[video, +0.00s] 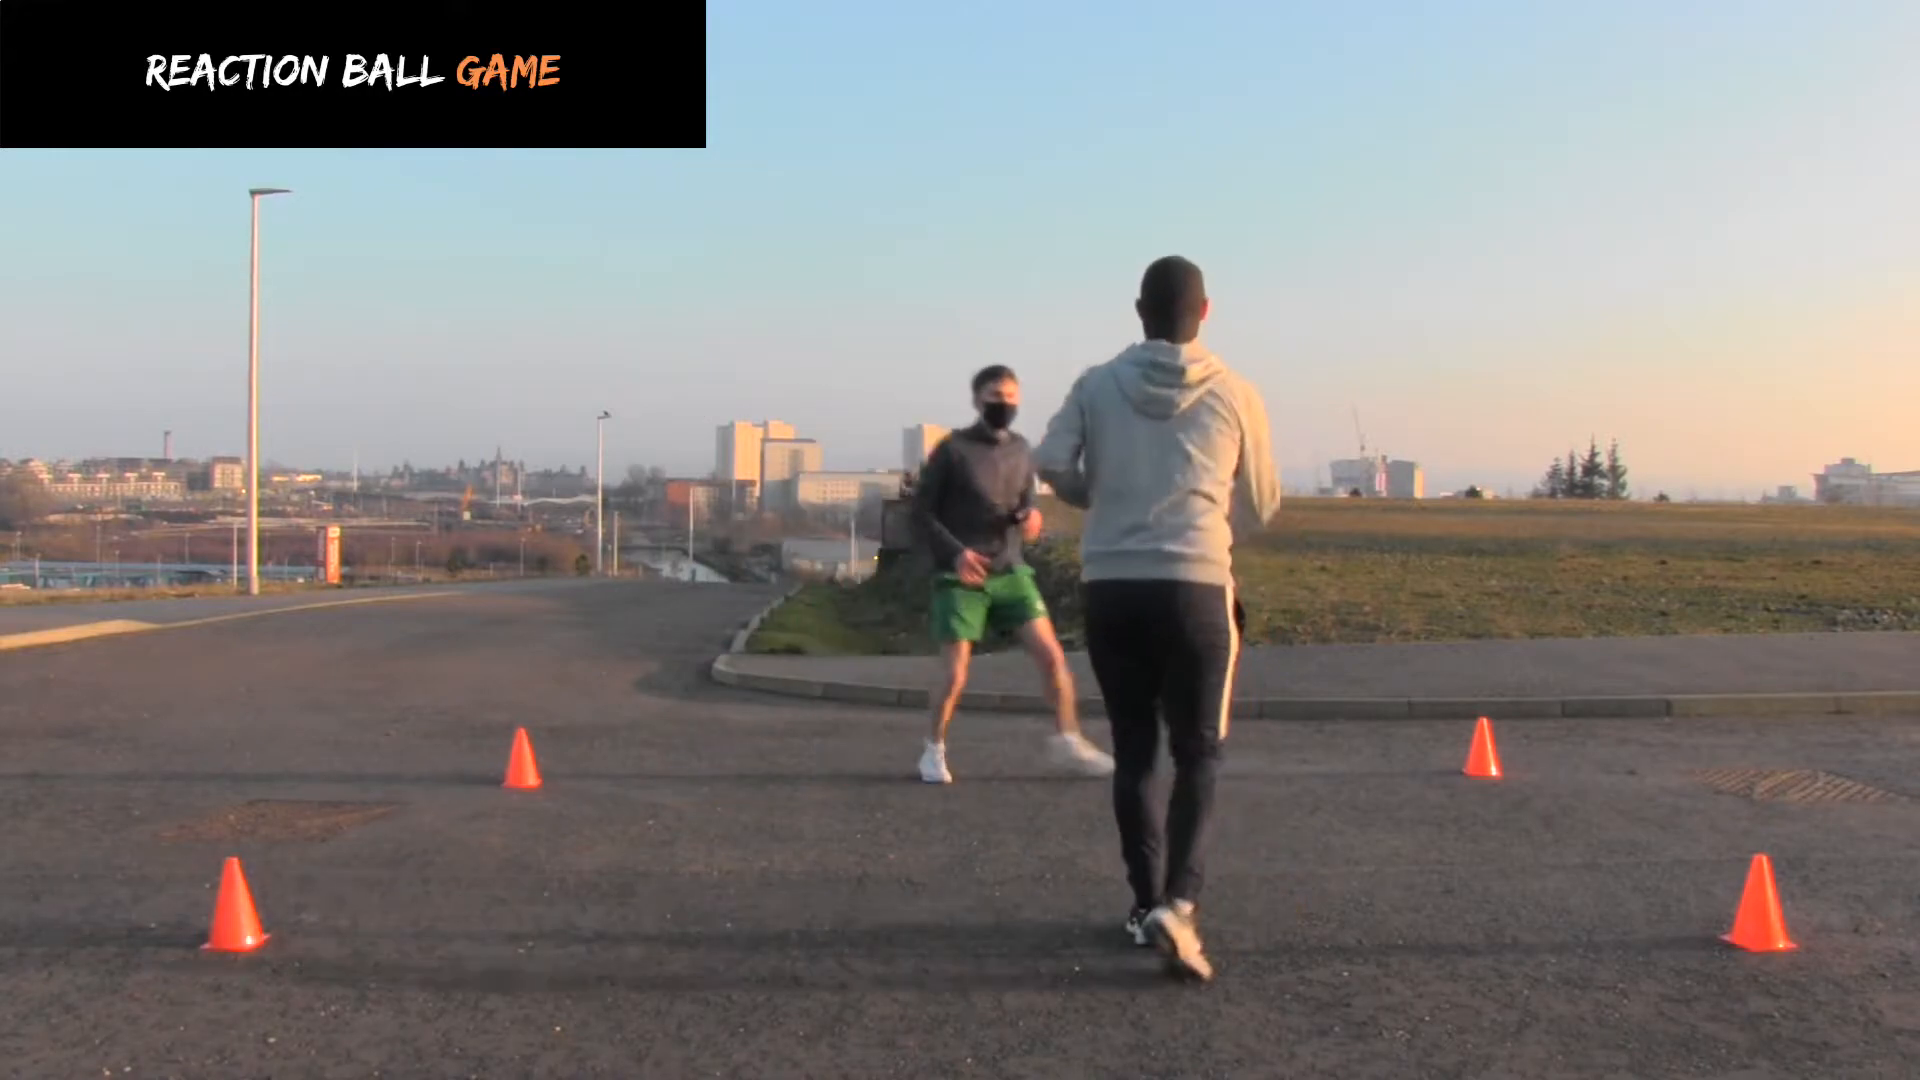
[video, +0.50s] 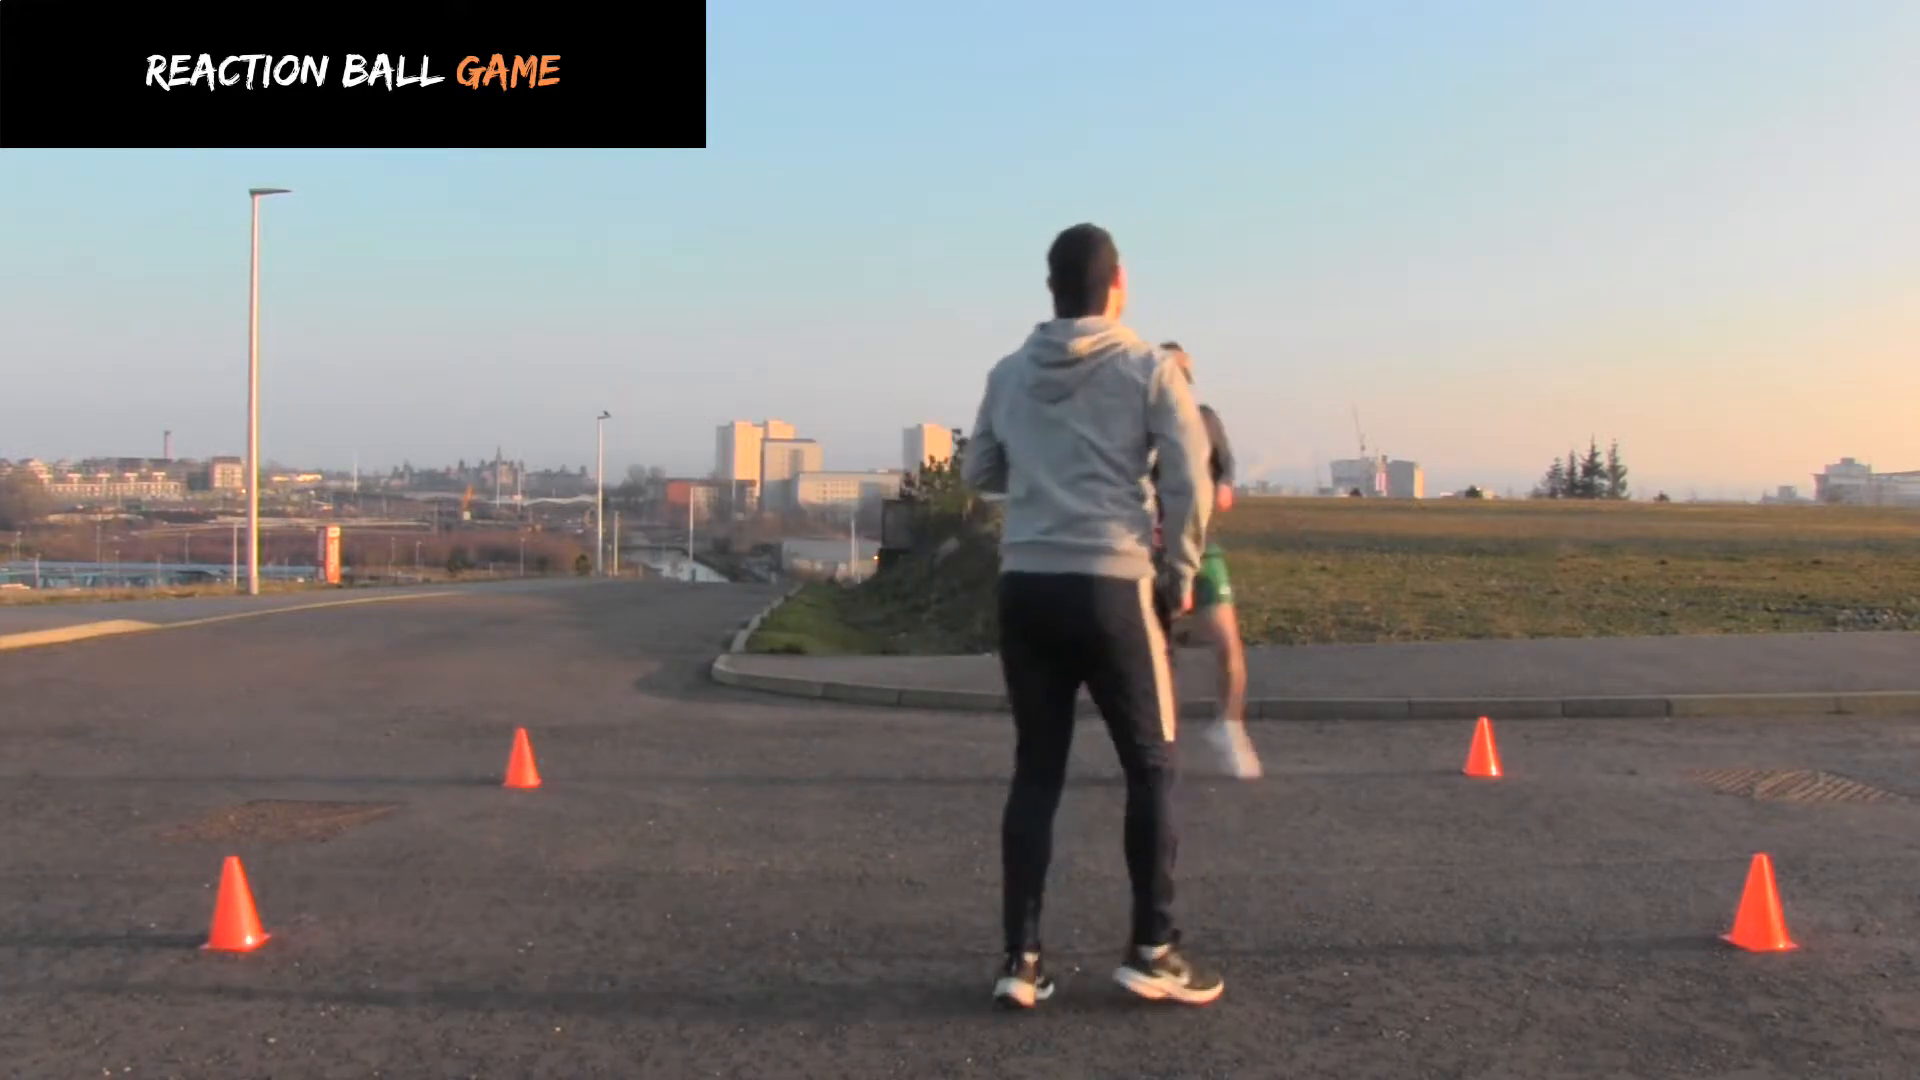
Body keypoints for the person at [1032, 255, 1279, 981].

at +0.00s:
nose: (1200, 315)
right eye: (1202, 304)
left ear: (1139, 312)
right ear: (1203, 313)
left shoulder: (1097, 385)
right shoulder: (1234, 392)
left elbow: (1053, 460)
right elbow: (1261, 509)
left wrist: (1100, 499)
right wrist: (1205, 507)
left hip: (1113, 593)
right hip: (1196, 594)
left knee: (1133, 752)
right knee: (1198, 751)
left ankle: (1148, 908)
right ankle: (1179, 901)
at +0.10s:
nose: (1199, 316)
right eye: (1204, 305)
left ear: (1139, 309)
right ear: (1204, 311)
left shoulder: (1091, 381)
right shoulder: (1232, 388)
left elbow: (1042, 462)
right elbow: (1257, 495)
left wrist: (1094, 499)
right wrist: (1196, 481)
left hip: (1103, 591)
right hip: (1188, 594)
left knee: (1127, 747)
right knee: (1186, 762)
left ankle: (1140, 908)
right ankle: (1165, 941)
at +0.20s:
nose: (1190, 323)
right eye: (1195, 312)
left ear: (1127, 316)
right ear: (1193, 318)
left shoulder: (1078, 396)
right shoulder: (1220, 405)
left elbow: (1020, 478)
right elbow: (1247, 527)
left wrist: (1027, 551)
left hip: (1092, 613)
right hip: (1181, 615)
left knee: (1108, 751)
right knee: (1182, 780)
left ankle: (1109, 908)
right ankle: (1156, 957)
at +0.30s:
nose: (1174, 310)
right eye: (1177, 299)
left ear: (1108, 305)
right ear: (1176, 306)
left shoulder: (1063, 386)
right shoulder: (1207, 395)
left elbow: (1019, 473)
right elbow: (1235, 521)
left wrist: (1055, 519)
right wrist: (1209, 594)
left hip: (1078, 606)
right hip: (1168, 608)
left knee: (1087, 751)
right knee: (1172, 778)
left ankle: (1074, 913)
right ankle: (1155, 957)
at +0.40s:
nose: (1147, 283)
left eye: (1131, 273)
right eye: (1146, 274)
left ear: (1074, 280)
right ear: (1141, 280)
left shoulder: (1034, 365)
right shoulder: (1175, 364)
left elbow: (1000, 462)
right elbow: (1209, 483)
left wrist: (1068, 455)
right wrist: (1190, 571)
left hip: (1048, 585)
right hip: (1136, 585)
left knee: (1057, 753)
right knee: (1159, 760)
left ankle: (1026, 935)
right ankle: (1169, 944)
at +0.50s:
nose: (1126, 289)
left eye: (1110, 278)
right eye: (1124, 278)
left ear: (1052, 287)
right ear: (1117, 284)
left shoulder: (1010, 372)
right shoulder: (1150, 367)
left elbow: (980, 471)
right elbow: (1188, 478)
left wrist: (1048, 463)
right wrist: (1178, 572)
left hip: (1025, 590)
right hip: (1111, 590)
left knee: (1034, 772)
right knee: (1150, 767)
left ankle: (1019, 961)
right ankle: (1151, 950)